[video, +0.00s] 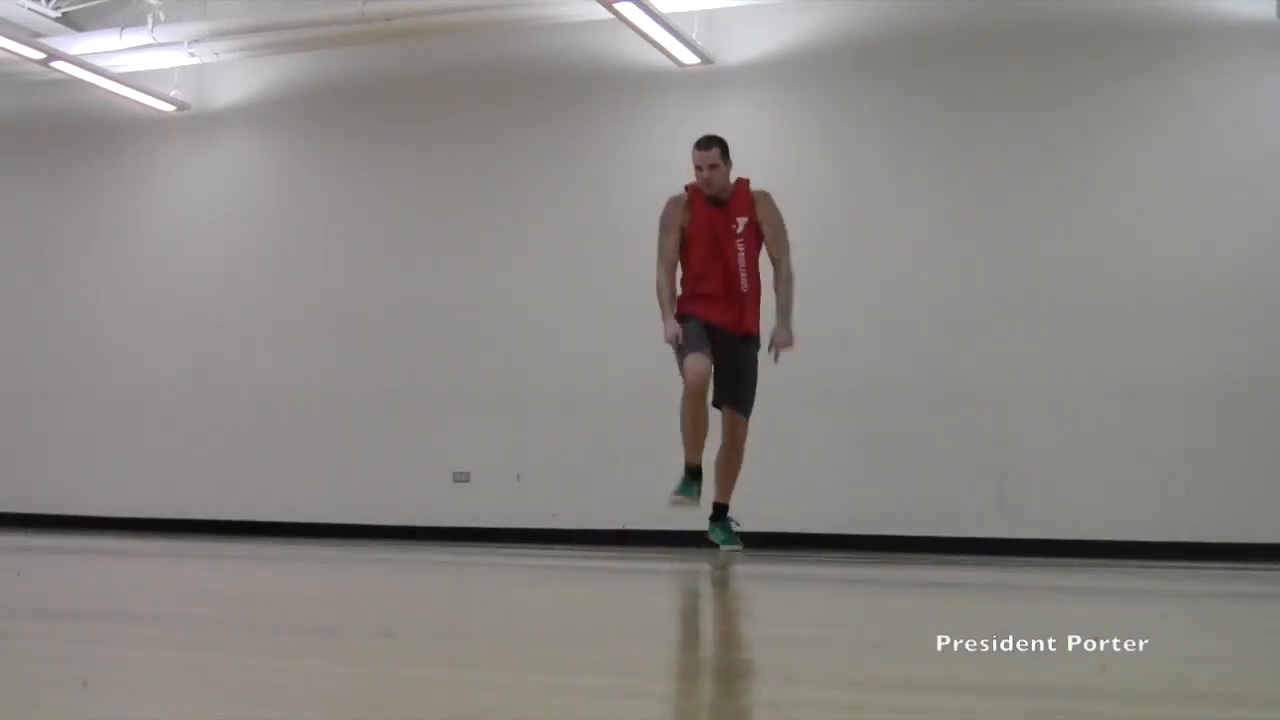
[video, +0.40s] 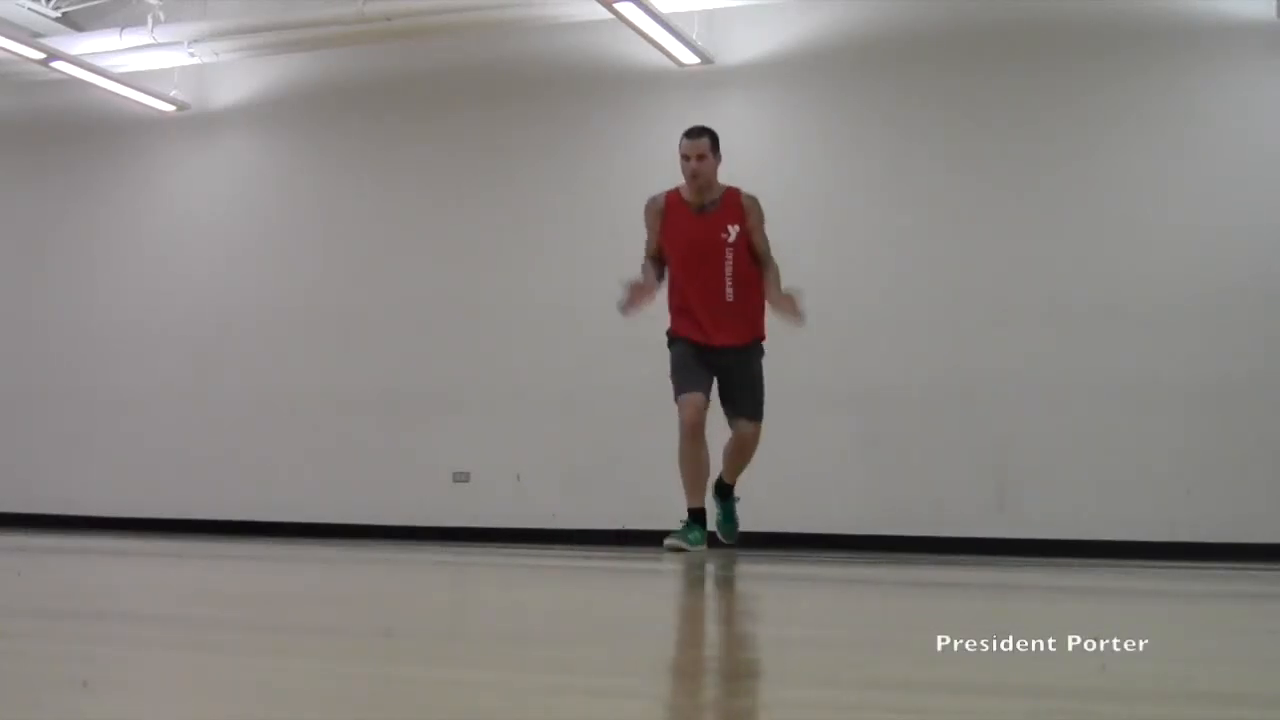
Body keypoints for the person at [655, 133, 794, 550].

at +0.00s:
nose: (705, 175)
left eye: (713, 167)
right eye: (700, 168)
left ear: (729, 166)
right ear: (692, 170)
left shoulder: (758, 203)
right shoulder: (679, 208)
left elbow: (782, 264)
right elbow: (666, 268)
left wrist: (783, 324)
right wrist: (669, 317)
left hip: (741, 325)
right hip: (695, 319)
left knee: (735, 426)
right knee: (696, 374)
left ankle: (720, 516)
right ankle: (691, 474)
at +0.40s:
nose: (693, 166)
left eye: (701, 158)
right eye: (687, 158)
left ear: (718, 161)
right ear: (678, 162)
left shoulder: (745, 206)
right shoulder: (660, 210)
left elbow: (765, 260)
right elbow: (654, 261)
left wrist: (775, 295)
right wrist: (647, 285)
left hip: (741, 337)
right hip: (689, 334)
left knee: (748, 434)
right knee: (691, 418)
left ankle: (724, 489)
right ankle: (695, 521)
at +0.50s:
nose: (693, 162)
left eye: (701, 154)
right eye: (686, 155)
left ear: (719, 156)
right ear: (680, 159)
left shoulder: (749, 206)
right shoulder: (663, 205)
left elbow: (759, 269)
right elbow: (627, 257)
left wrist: (762, 252)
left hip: (732, 332)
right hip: (679, 334)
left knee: (737, 407)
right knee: (679, 424)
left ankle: (733, 505)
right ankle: (694, 523)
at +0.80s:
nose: (692, 145)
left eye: (701, 136)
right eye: (684, 137)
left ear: (718, 140)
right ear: (676, 141)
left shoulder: (744, 196)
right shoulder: (655, 188)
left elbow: (773, 268)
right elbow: (628, 255)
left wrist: (816, 274)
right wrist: (578, 243)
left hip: (715, 325)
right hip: (659, 330)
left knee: (709, 402)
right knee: (611, 418)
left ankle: (731, 519)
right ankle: (680, 496)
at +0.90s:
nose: (674, 155)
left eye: (684, 146)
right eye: (667, 146)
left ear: (702, 150)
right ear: (659, 150)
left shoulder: (728, 206)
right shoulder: (641, 196)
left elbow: (758, 288)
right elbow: (593, 253)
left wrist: (766, 268)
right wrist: (526, 251)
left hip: (720, 336)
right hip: (667, 340)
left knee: (705, 409)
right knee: (595, 389)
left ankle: (732, 522)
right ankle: (623, 511)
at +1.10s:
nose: (631, 188)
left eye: (642, 179)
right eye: (624, 179)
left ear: (661, 185)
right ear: (616, 183)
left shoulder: (679, 232)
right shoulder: (616, 238)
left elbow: (715, 272)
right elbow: (626, 315)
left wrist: (752, 265)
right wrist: (577, 314)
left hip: (680, 375)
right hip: (629, 369)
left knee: (687, 451)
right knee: (578, 394)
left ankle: (722, 516)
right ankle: (586, 521)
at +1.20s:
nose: (621, 194)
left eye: (633, 185)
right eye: (614, 185)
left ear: (653, 192)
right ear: (607, 191)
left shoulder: (676, 242)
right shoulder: (596, 243)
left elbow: (717, 308)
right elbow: (583, 323)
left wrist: (706, 266)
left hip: (669, 386)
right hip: (608, 386)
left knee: (699, 442)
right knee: (569, 415)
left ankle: (716, 502)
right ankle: (587, 521)